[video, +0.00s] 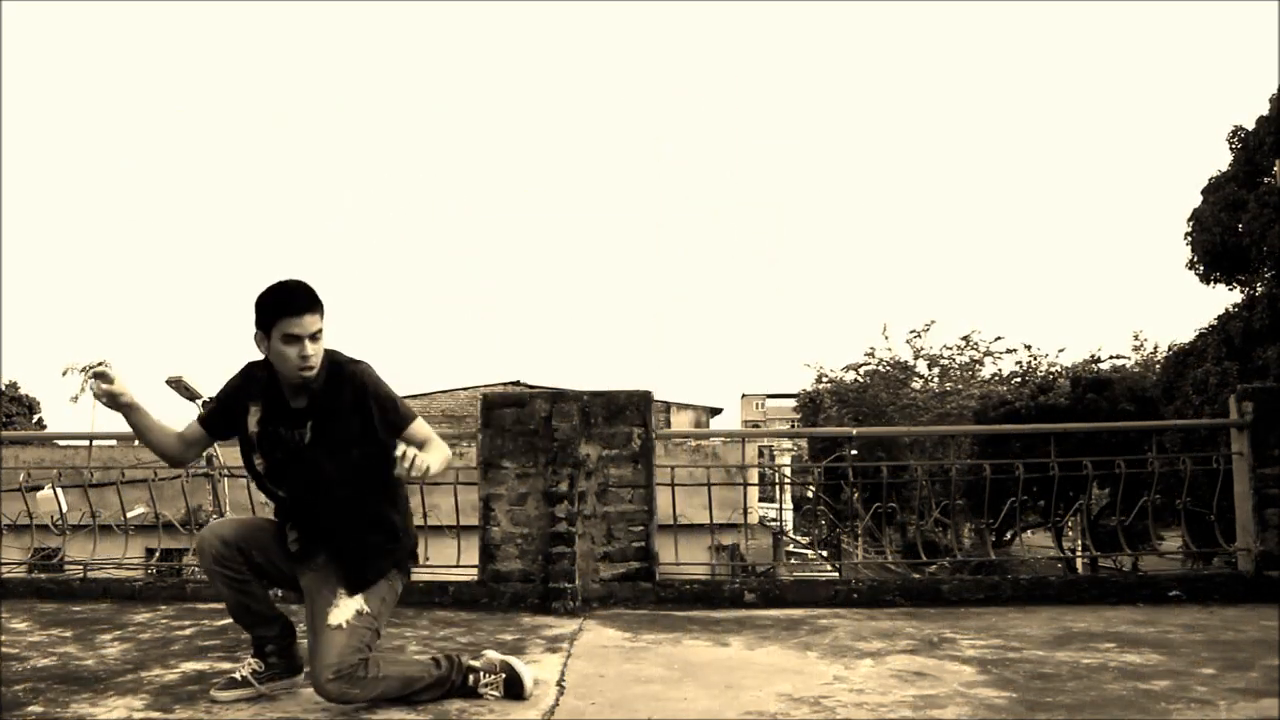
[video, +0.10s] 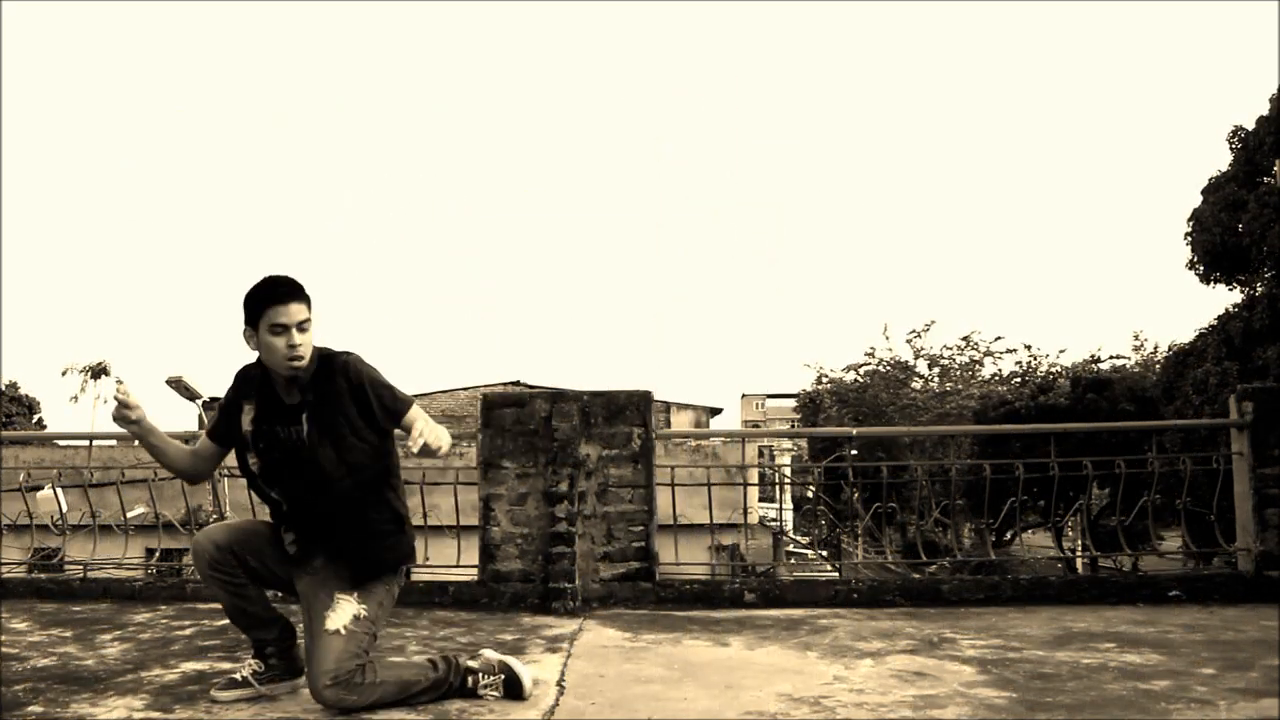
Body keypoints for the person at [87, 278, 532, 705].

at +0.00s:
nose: (307, 352)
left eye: (315, 338)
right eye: (292, 341)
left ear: (324, 332)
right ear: (264, 341)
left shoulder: (354, 380)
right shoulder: (251, 386)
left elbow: (436, 448)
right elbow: (179, 450)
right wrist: (127, 404)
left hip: (366, 559)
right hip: (301, 545)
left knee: (338, 682)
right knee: (218, 542)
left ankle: (467, 675)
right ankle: (278, 659)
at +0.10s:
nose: (295, 341)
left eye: (303, 327)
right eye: (279, 330)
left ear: (314, 326)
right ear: (252, 337)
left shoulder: (347, 375)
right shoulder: (246, 389)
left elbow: (423, 427)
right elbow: (196, 465)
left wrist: (429, 434)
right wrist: (143, 428)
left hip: (363, 559)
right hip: (299, 546)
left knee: (334, 689)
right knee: (213, 547)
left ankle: (466, 675)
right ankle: (281, 660)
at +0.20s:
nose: (281, 349)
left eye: (290, 333)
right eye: (266, 340)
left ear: (308, 327)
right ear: (249, 344)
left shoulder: (349, 379)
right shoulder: (250, 400)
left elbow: (437, 460)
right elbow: (199, 484)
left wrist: (419, 435)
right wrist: (140, 437)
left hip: (362, 557)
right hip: (300, 544)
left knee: (335, 690)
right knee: (218, 549)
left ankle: (462, 675)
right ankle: (280, 662)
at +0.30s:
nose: (279, 345)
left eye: (288, 329)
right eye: (267, 336)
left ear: (313, 316)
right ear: (256, 334)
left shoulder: (360, 359)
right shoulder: (261, 380)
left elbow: (450, 403)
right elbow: (174, 426)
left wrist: (401, 344)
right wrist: (125, 362)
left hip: (382, 548)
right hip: (311, 540)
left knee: (350, 659)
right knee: (234, 547)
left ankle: (467, 674)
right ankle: (278, 662)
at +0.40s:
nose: (302, 310)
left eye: (311, 296)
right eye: (291, 301)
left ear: (341, 283)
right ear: (281, 299)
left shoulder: (385, 318)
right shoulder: (278, 344)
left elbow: (460, 306)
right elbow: (182, 340)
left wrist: (394, 245)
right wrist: (127, 279)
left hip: (422, 511)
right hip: (346, 518)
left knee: (437, 576)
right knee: (292, 571)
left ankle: (476, 667)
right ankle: (284, 667)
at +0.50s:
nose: (324, 295)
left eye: (334, 281)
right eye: (313, 286)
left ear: (362, 271)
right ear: (303, 283)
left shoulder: (404, 305)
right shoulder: (295, 335)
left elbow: (475, 288)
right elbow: (198, 327)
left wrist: (409, 231)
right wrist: (144, 268)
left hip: (451, 497)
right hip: (377, 514)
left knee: (503, 541)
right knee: (360, 611)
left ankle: (490, 655)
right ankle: (292, 677)